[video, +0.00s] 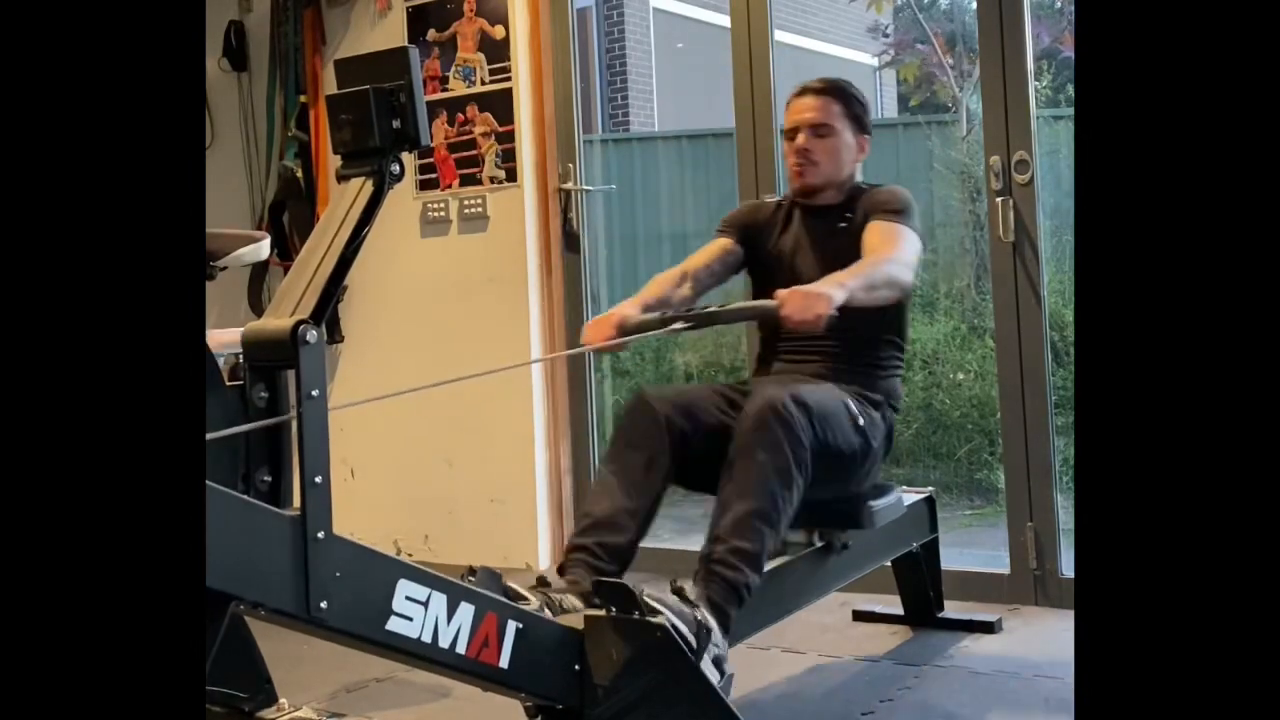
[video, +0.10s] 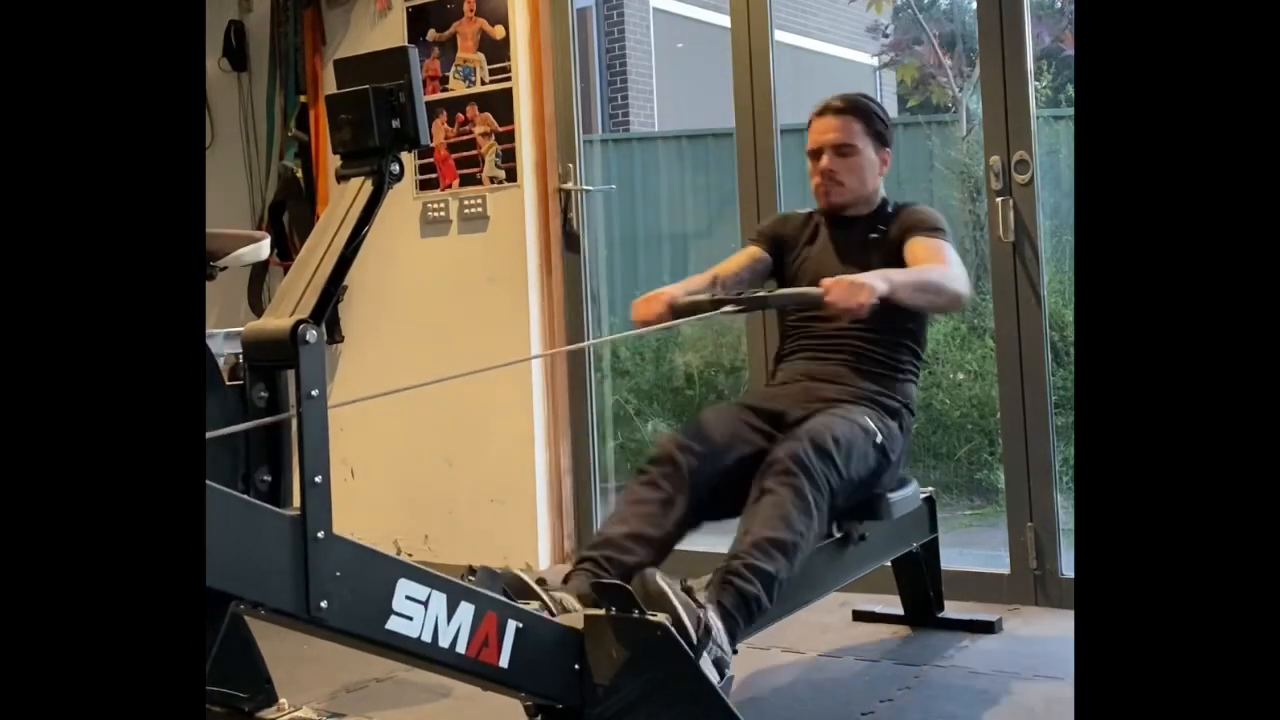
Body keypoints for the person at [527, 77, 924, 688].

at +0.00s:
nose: (799, 145)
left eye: (819, 132)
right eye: (791, 134)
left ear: (861, 146)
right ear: (781, 144)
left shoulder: (884, 208)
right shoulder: (759, 219)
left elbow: (894, 268)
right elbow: (688, 278)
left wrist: (835, 288)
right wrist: (629, 309)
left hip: (854, 414)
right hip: (758, 403)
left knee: (777, 406)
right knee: (653, 410)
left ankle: (710, 614)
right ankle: (578, 586)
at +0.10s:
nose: (823, 166)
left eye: (842, 151)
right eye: (815, 154)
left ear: (883, 160)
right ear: (806, 161)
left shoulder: (912, 224)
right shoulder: (789, 231)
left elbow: (952, 287)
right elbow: (720, 282)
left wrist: (881, 283)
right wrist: (670, 297)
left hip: (864, 407)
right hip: (776, 401)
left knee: (797, 461)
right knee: (680, 454)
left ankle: (719, 622)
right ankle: (582, 591)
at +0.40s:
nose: (788, 167)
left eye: (806, 151)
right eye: (778, 154)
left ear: (850, 154)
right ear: (770, 160)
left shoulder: (900, 229)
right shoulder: (766, 240)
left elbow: (1010, 292)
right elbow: (710, 302)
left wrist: (906, 280)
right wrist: (689, 307)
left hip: (854, 444)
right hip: (759, 434)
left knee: (768, 396)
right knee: (662, 394)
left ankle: (718, 619)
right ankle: (592, 585)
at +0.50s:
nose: (761, 151)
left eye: (778, 135)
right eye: (751, 138)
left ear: (825, 143)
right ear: (741, 146)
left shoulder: (866, 214)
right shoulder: (737, 231)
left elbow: (940, 268)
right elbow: (657, 283)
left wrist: (830, 274)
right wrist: (609, 299)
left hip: (830, 456)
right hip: (738, 447)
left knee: (749, 367)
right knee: (636, 367)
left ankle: (713, 604)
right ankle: (589, 572)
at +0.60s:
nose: (722, 140)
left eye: (742, 124)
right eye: (714, 127)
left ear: (791, 136)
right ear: (705, 136)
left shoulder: (825, 205)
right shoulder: (694, 223)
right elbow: (604, 272)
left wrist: (756, 278)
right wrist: (538, 299)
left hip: (808, 472)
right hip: (714, 471)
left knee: (738, 343)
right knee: (609, 346)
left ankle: (707, 592)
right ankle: (579, 571)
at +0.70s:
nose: (679, 138)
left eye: (701, 121)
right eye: (670, 124)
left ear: (753, 135)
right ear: (661, 134)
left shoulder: (790, 208)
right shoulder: (655, 223)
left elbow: (774, 263)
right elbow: (560, 277)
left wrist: (690, 306)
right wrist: (467, 321)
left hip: (781, 474)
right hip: (684, 470)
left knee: (723, 327)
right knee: (585, 321)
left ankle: (702, 578)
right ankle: (576, 565)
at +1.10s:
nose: (725, 133)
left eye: (746, 118)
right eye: (717, 121)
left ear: (796, 135)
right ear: (708, 133)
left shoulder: (826, 202)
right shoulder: (692, 215)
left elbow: (819, 272)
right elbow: (609, 277)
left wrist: (748, 306)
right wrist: (530, 323)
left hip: (807, 464)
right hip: (718, 458)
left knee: (739, 345)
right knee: (606, 351)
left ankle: (702, 594)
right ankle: (576, 570)